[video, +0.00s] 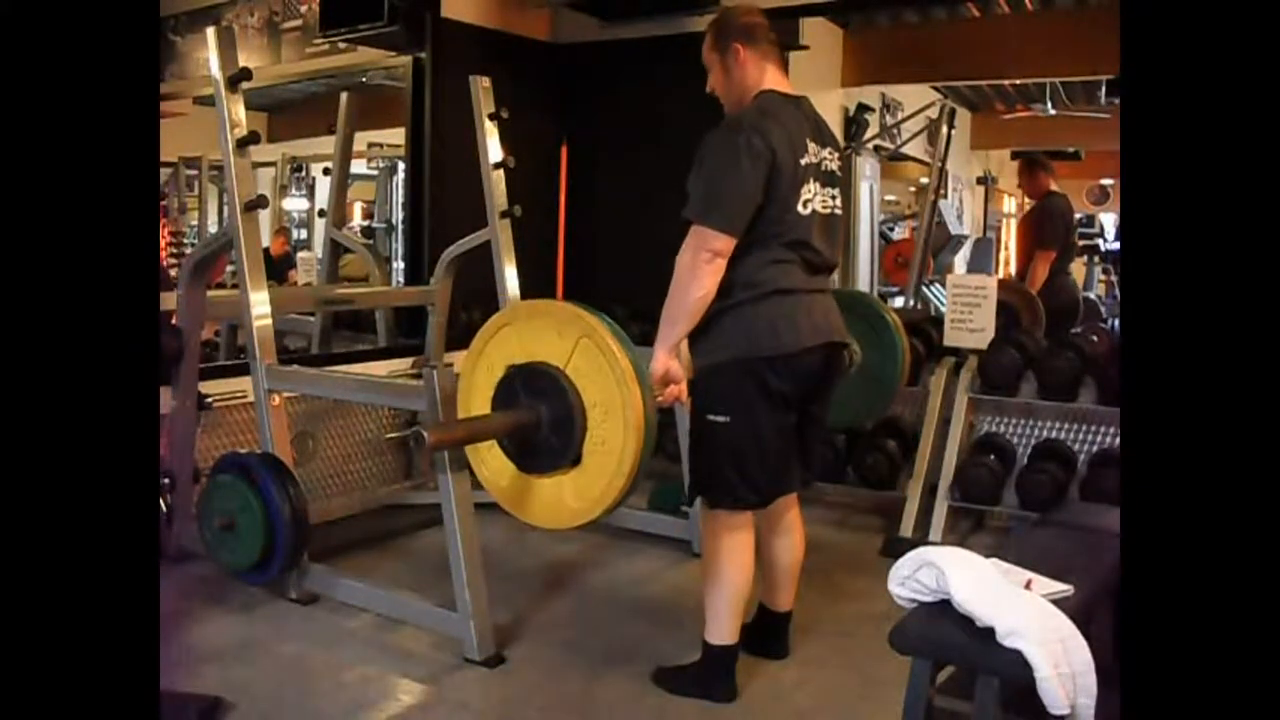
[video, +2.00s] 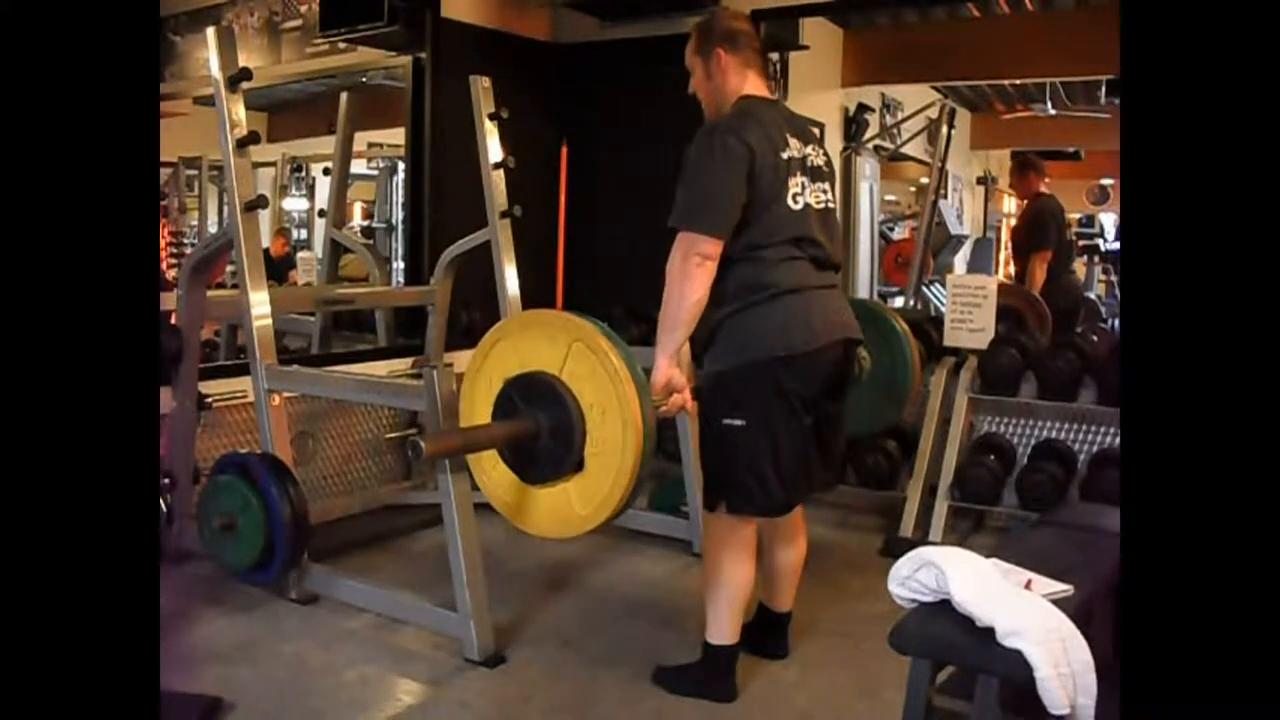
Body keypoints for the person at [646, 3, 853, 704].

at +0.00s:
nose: (711, 85)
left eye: (711, 69)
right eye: (709, 71)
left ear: (736, 58)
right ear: (773, 56)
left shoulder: (744, 132)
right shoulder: (814, 126)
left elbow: (709, 249)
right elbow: (801, 247)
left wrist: (665, 345)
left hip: (749, 343)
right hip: (812, 338)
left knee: (728, 506)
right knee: (779, 492)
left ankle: (715, 668)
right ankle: (772, 631)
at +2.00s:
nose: (693, 89)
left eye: (693, 74)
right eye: (691, 76)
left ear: (719, 62)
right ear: (753, 62)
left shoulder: (728, 134)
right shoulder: (808, 130)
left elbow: (698, 252)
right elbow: (807, 243)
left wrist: (668, 353)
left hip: (758, 347)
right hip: (828, 340)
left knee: (731, 511)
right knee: (784, 498)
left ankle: (715, 668)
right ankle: (772, 631)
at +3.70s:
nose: (641, 186)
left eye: (639, 169)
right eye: (637, 172)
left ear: (662, 156)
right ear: (695, 152)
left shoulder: (685, 212)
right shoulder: (751, 195)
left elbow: (669, 330)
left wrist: (651, 440)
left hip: (804, 361)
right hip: (878, 348)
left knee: (736, 503)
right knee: (795, 501)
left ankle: (716, 667)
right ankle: (772, 630)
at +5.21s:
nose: (671, 111)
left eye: (673, 96)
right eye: (671, 97)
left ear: (696, 90)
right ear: (733, 91)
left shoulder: (703, 157)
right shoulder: (779, 155)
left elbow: (679, 271)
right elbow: (815, 255)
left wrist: (661, 383)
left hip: (775, 357)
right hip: (844, 346)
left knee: (736, 502)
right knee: (797, 497)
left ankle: (717, 665)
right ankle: (775, 630)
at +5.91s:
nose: (721, 85)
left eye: (722, 69)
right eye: (720, 71)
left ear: (747, 57)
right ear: (782, 56)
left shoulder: (753, 126)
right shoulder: (824, 127)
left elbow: (707, 243)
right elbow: (817, 245)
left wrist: (666, 340)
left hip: (749, 348)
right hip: (818, 344)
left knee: (725, 506)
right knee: (778, 492)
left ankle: (715, 668)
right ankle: (771, 630)